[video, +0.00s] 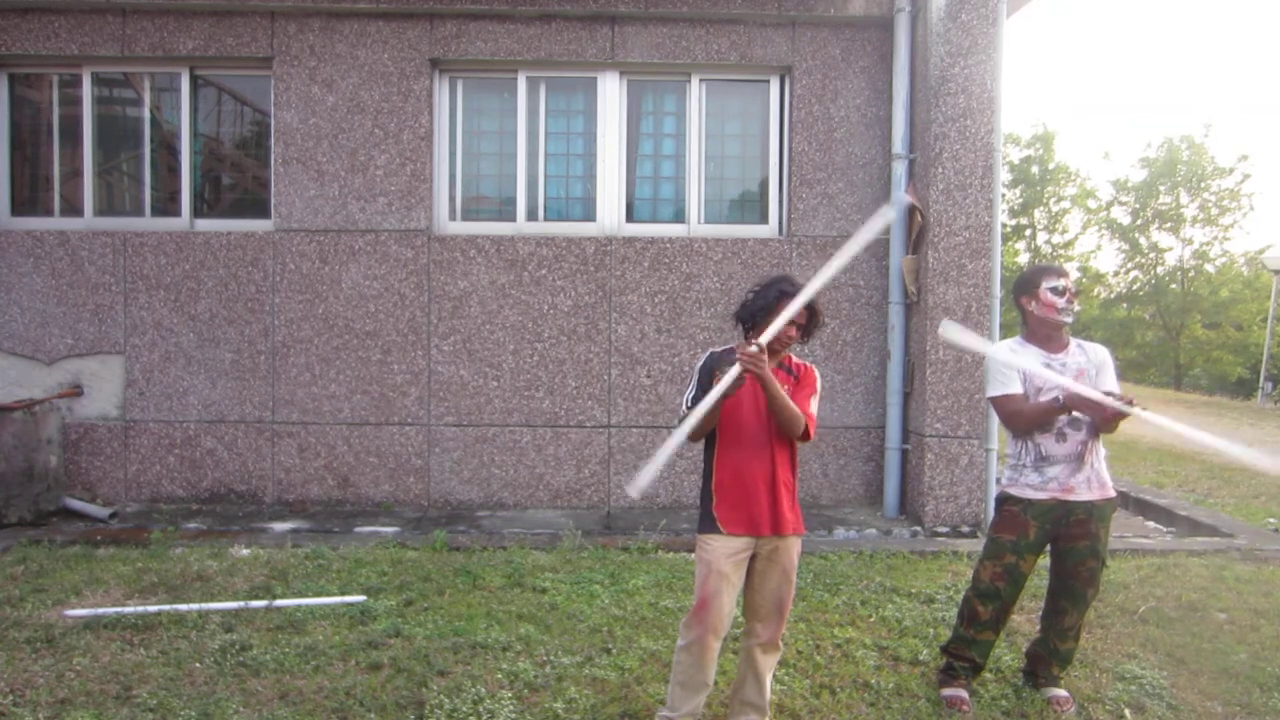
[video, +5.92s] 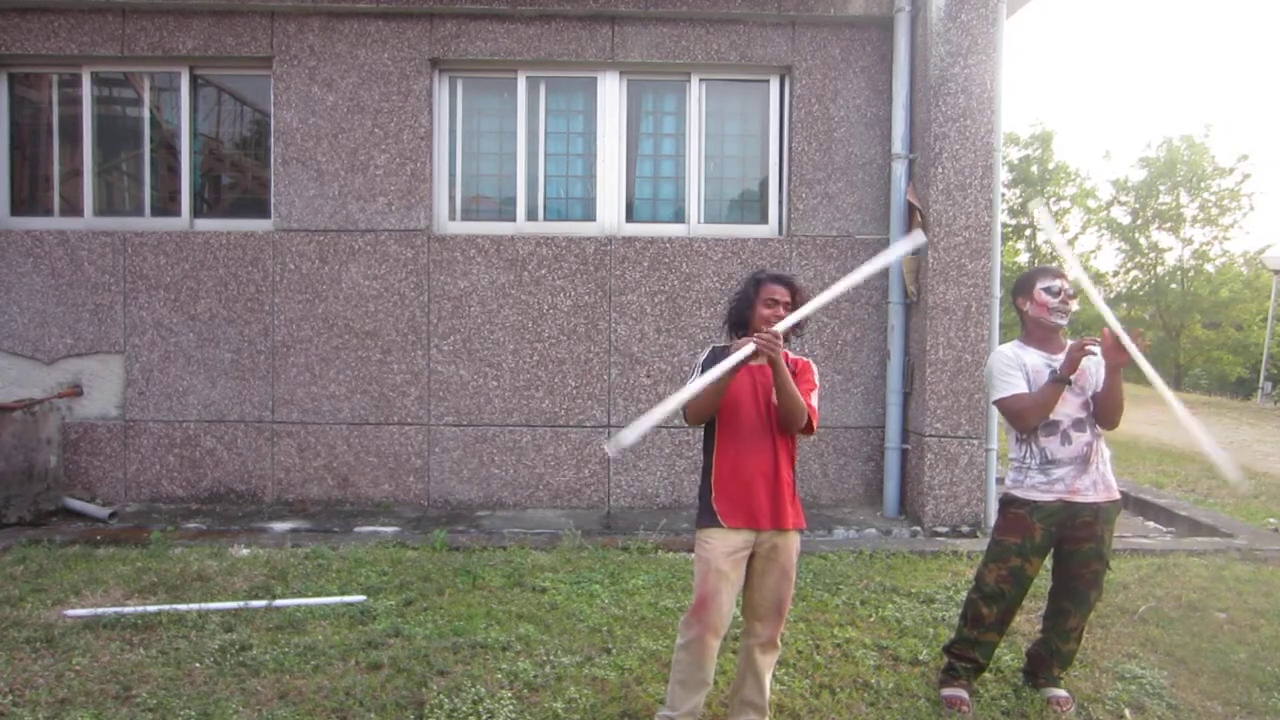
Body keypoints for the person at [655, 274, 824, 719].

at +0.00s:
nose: (793, 332)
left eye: (800, 327)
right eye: (787, 320)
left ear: (803, 332)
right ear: (759, 315)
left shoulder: (804, 373)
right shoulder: (717, 363)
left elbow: (800, 430)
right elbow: (693, 430)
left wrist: (767, 376)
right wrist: (721, 390)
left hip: (782, 520)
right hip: (724, 519)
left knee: (767, 635)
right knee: (707, 624)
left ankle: (750, 715)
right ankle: (678, 714)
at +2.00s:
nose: (790, 320)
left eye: (800, 315)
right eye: (783, 308)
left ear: (805, 326)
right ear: (761, 308)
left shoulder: (807, 373)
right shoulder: (723, 358)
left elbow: (800, 428)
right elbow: (713, 429)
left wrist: (751, 396)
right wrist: (732, 382)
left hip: (785, 519)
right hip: (728, 516)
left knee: (768, 635)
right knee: (709, 621)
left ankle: (749, 715)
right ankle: (678, 714)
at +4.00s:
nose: (786, 319)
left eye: (789, 311)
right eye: (777, 310)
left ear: (792, 316)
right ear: (747, 312)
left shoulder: (795, 362)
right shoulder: (713, 355)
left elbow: (793, 420)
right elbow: (690, 405)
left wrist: (782, 386)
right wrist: (742, 365)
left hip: (777, 513)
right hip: (721, 514)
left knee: (766, 630)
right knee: (703, 621)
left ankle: (749, 714)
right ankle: (678, 713)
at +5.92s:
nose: (778, 313)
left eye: (786, 307)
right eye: (769, 304)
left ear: (792, 316)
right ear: (747, 308)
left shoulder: (801, 367)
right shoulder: (720, 358)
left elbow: (800, 423)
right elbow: (693, 414)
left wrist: (779, 364)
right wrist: (735, 363)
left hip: (781, 518)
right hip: (723, 517)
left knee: (766, 633)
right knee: (706, 623)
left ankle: (749, 714)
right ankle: (677, 714)